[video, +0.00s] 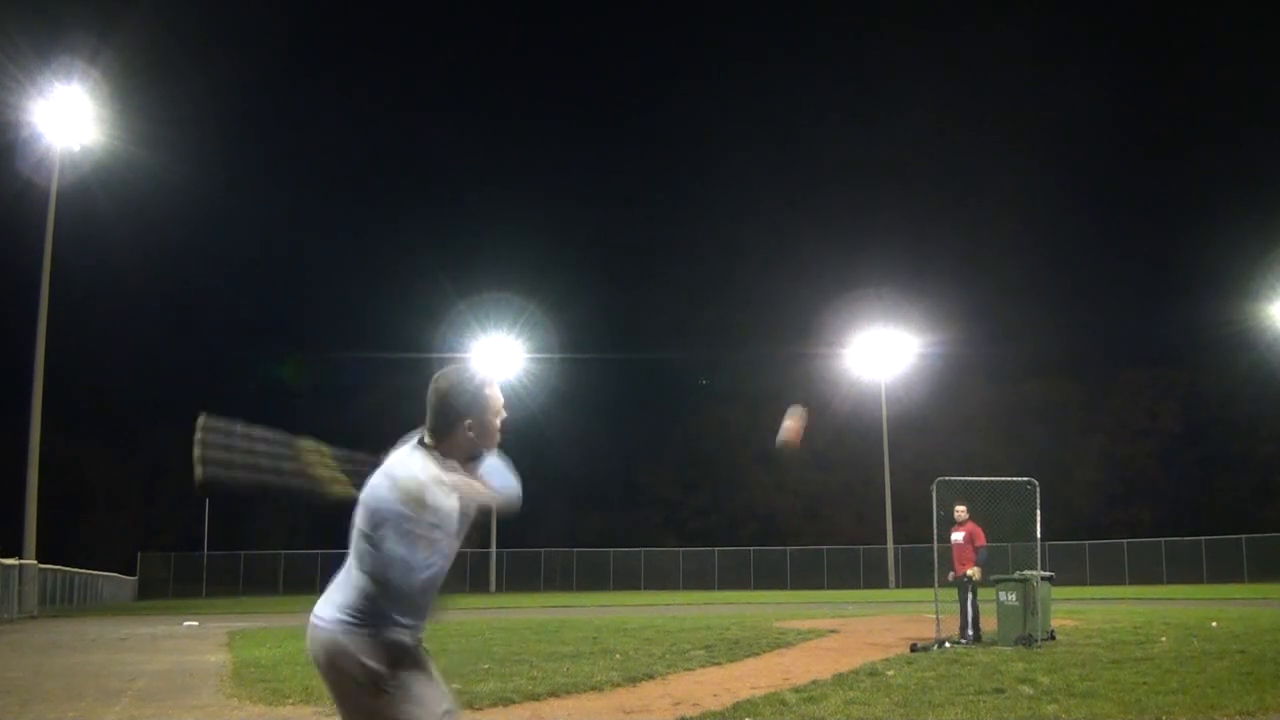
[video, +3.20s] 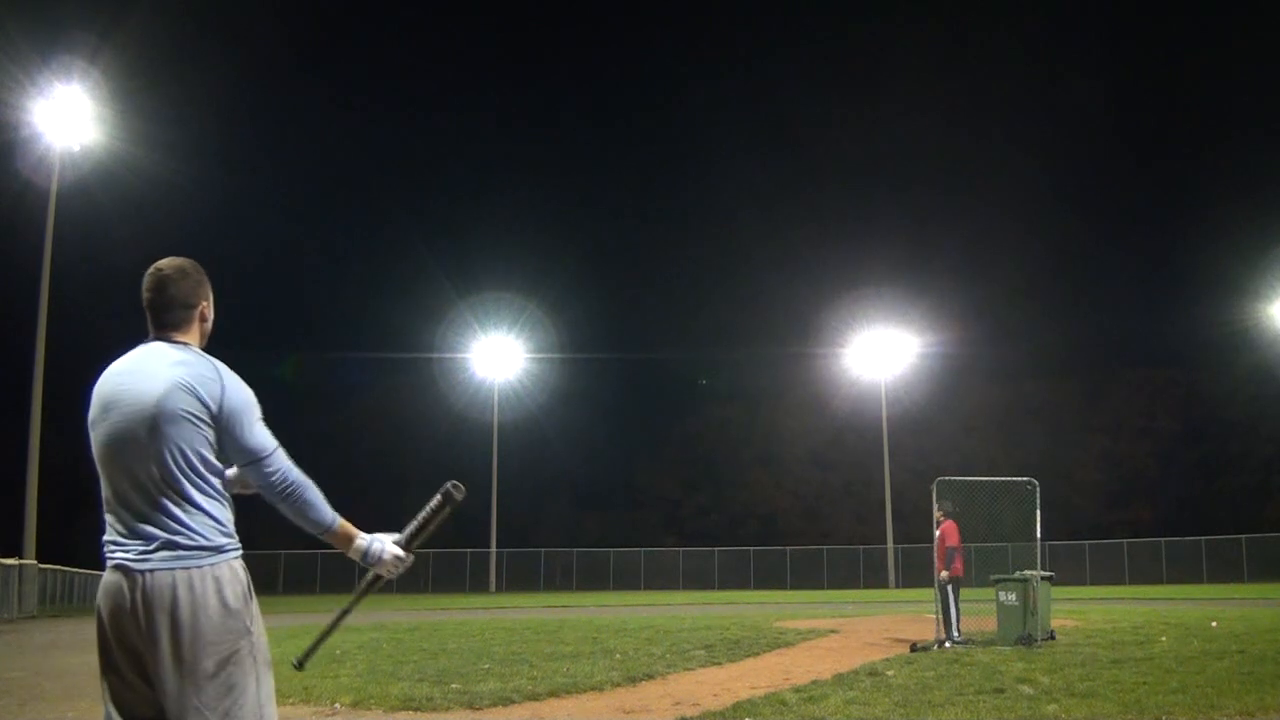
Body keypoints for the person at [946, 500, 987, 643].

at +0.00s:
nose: (959, 514)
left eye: (962, 511)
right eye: (957, 511)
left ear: (967, 513)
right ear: (953, 513)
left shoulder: (973, 529)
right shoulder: (954, 530)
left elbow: (982, 549)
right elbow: (957, 553)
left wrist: (977, 566)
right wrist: (954, 570)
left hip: (969, 572)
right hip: (959, 573)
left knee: (968, 605)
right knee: (964, 605)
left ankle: (969, 635)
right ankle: (969, 633)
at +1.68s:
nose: (961, 513)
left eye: (963, 511)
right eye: (962, 511)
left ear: (968, 513)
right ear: (970, 513)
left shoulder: (976, 528)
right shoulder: (969, 527)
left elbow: (978, 551)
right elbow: (970, 550)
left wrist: (958, 558)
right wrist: (958, 556)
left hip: (977, 576)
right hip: (968, 575)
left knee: (980, 607)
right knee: (963, 607)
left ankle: (986, 635)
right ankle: (957, 634)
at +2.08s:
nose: (946, 518)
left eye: (948, 514)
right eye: (946, 515)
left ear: (955, 514)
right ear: (955, 515)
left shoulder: (966, 526)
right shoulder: (955, 528)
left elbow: (968, 548)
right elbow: (958, 550)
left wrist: (954, 563)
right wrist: (951, 564)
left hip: (965, 575)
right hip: (955, 575)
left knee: (970, 606)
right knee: (954, 608)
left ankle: (983, 634)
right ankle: (953, 636)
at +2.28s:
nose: (941, 518)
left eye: (943, 514)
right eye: (940, 515)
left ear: (951, 514)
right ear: (948, 515)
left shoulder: (962, 527)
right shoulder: (948, 529)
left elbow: (968, 547)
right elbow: (950, 550)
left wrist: (960, 564)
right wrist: (946, 567)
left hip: (958, 572)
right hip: (948, 572)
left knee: (957, 600)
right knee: (950, 605)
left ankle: (975, 629)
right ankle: (953, 636)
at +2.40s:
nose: (938, 518)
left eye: (940, 514)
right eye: (937, 515)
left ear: (948, 514)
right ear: (942, 515)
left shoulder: (959, 526)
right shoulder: (943, 531)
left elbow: (966, 547)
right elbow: (939, 551)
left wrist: (963, 565)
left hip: (955, 571)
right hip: (945, 573)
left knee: (954, 601)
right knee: (948, 604)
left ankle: (968, 632)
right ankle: (952, 635)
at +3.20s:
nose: (934, 513)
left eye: (936, 511)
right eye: (935, 511)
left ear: (942, 513)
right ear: (941, 513)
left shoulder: (949, 526)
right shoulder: (942, 527)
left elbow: (951, 547)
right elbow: (943, 549)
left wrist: (947, 568)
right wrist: (940, 569)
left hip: (950, 573)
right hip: (943, 573)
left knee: (951, 606)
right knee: (946, 606)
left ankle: (954, 636)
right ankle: (949, 635)